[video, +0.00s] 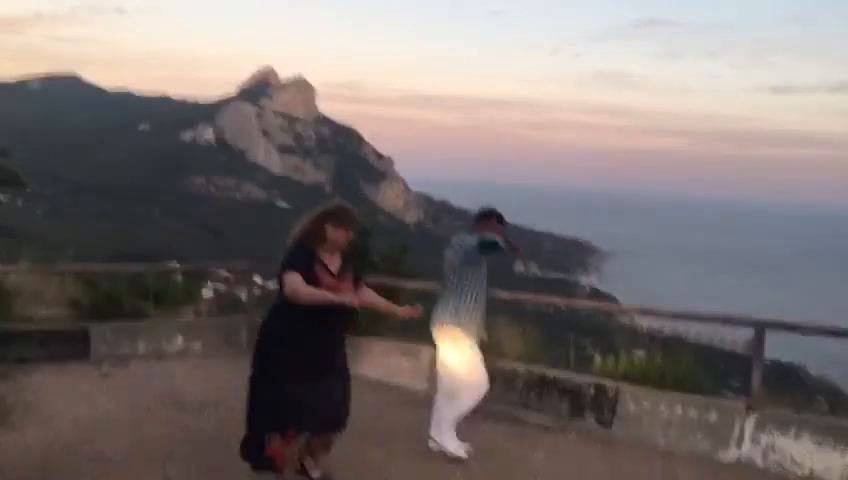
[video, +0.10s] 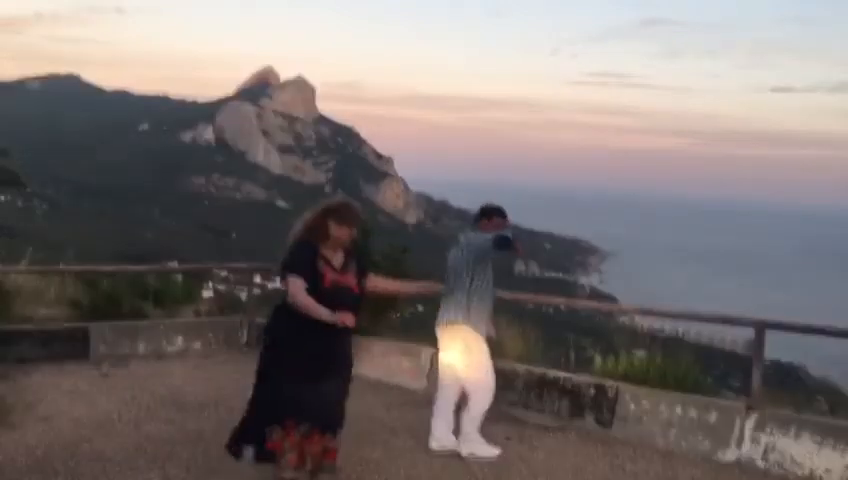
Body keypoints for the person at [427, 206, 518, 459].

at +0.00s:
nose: (497, 236)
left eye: (499, 232)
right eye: (496, 230)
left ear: (481, 226)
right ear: (484, 224)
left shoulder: (472, 248)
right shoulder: (461, 242)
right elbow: (487, 246)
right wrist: (503, 243)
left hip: (459, 327)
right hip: (453, 326)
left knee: (449, 385)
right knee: (477, 383)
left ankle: (439, 435)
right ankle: (443, 429)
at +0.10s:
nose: (501, 232)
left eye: (503, 228)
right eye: (499, 227)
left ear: (482, 221)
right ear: (487, 222)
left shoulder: (461, 246)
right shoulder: (472, 241)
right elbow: (499, 242)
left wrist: (483, 322)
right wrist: (511, 244)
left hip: (449, 323)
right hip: (465, 326)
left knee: (448, 385)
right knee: (483, 384)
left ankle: (441, 437)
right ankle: (470, 439)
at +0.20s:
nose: (506, 228)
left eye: (506, 224)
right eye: (503, 223)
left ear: (482, 221)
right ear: (489, 220)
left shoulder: (458, 247)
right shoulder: (486, 241)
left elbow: (444, 272)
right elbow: (517, 242)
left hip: (452, 326)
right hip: (476, 325)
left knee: (453, 384)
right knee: (485, 386)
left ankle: (442, 437)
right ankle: (478, 444)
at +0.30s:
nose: (507, 228)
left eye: (508, 223)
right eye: (506, 223)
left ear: (481, 220)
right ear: (495, 220)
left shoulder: (459, 247)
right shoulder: (491, 241)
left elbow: (449, 272)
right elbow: (528, 240)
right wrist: (520, 245)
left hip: (458, 323)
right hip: (483, 323)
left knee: (464, 382)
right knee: (488, 385)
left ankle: (452, 435)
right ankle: (477, 444)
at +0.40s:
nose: (509, 228)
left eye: (509, 223)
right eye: (506, 223)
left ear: (483, 222)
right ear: (495, 222)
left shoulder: (461, 247)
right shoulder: (496, 244)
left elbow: (448, 270)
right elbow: (537, 245)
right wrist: (529, 265)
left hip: (461, 324)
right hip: (488, 324)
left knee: (470, 380)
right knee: (490, 383)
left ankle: (463, 436)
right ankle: (478, 444)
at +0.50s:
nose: (508, 229)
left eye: (507, 225)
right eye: (505, 225)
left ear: (481, 225)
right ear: (496, 225)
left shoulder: (463, 248)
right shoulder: (502, 247)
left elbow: (432, 267)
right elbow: (544, 252)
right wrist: (538, 277)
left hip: (464, 322)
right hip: (494, 322)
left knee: (471, 380)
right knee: (494, 383)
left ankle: (463, 436)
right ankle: (477, 443)